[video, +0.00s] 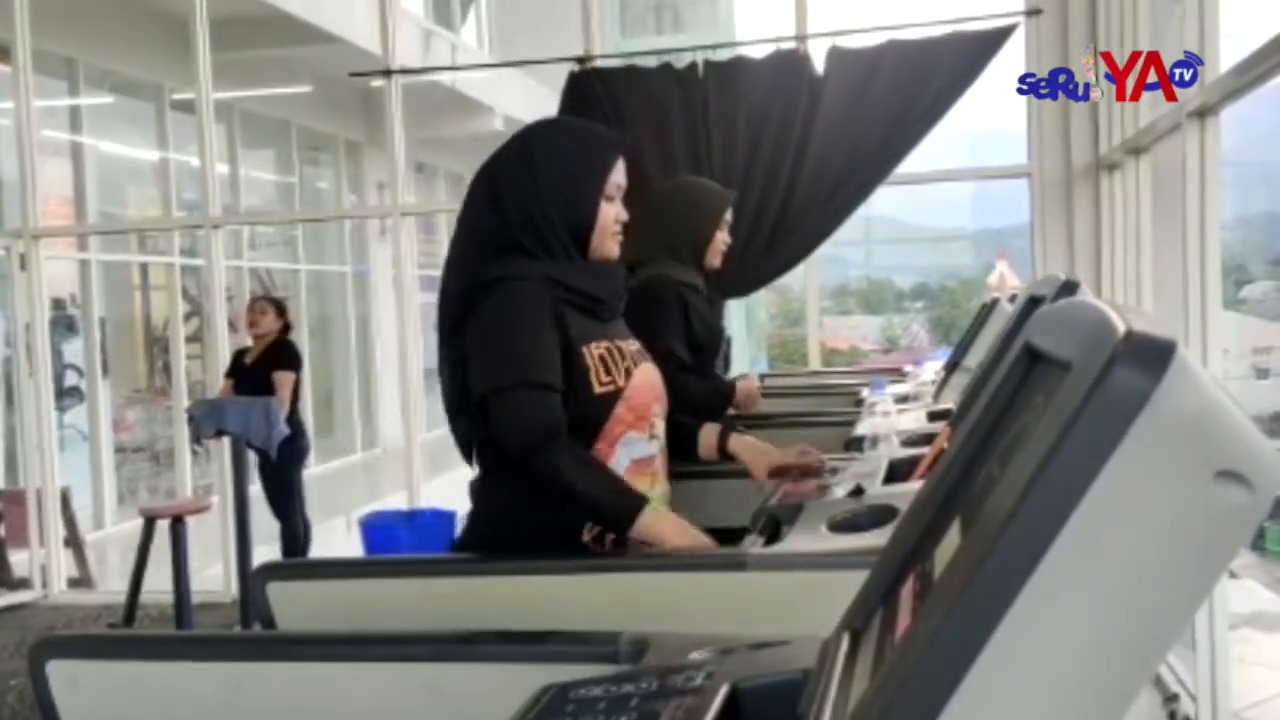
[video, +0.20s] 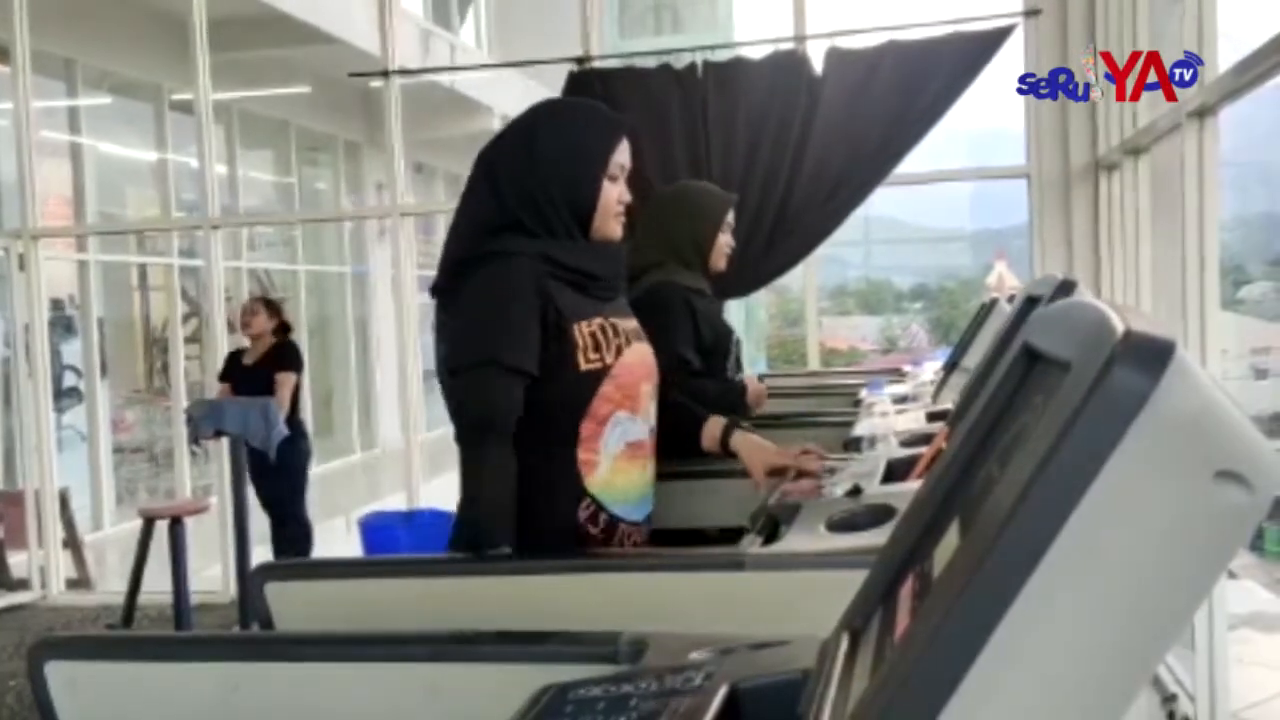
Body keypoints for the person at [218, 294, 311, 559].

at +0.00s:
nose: (254, 318)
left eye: (263, 313)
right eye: (251, 313)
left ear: (279, 320)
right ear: (246, 319)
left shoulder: (284, 350)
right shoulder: (242, 357)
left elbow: (283, 399)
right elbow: (226, 395)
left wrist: (267, 430)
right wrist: (210, 420)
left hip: (287, 434)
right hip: (260, 437)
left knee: (289, 504)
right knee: (280, 506)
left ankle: (294, 566)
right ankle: (294, 564)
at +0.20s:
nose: (247, 319)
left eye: (254, 314)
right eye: (245, 314)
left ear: (273, 320)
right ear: (241, 320)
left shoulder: (285, 350)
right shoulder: (235, 358)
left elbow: (283, 398)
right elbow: (224, 398)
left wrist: (269, 429)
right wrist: (211, 423)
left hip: (287, 435)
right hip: (254, 438)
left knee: (291, 507)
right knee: (275, 510)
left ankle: (299, 570)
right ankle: (285, 570)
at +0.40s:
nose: (242, 323)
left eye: (249, 316)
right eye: (239, 318)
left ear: (268, 321)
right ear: (236, 323)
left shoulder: (288, 352)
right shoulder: (231, 357)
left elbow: (282, 394)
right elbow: (220, 398)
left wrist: (267, 426)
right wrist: (211, 425)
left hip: (289, 436)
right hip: (250, 437)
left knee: (289, 509)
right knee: (259, 512)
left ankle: (295, 569)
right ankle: (264, 572)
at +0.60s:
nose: (241, 324)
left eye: (247, 318)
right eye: (238, 319)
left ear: (266, 321)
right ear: (235, 325)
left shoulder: (289, 353)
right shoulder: (231, 356)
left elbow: (283, 391)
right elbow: (220, 397)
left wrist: (265, 421)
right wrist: (212, 425)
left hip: (286, 433)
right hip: (247, 434)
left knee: (280, 507)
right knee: (259, 504)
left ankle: (277, 568)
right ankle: (259, 567)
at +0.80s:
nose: (242, 326)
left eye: (248, 319)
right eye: (238, 321)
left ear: (267, 322)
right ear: (235, 327)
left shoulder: (290, 357)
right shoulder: (230, 357)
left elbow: (283, 395)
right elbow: (219, 398)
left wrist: (264, 425)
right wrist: (210, 427)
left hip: (284, 439)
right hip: (245, 439)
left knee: (278, 515)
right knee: (252, 512)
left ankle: (281, 576)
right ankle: (258, 576)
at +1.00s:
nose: (245, 327)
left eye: (251, 321)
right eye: (242, 322)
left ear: (271, 324)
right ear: (238, 327)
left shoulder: (291, 361)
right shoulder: (230, 362)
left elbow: (283, 403)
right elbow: (218, 404)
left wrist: (263, 432)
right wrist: (210, 429)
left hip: (286, 444)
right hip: (247, 445)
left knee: (286, 513)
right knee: (257, 517)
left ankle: (293, 574)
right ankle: (261, 577)